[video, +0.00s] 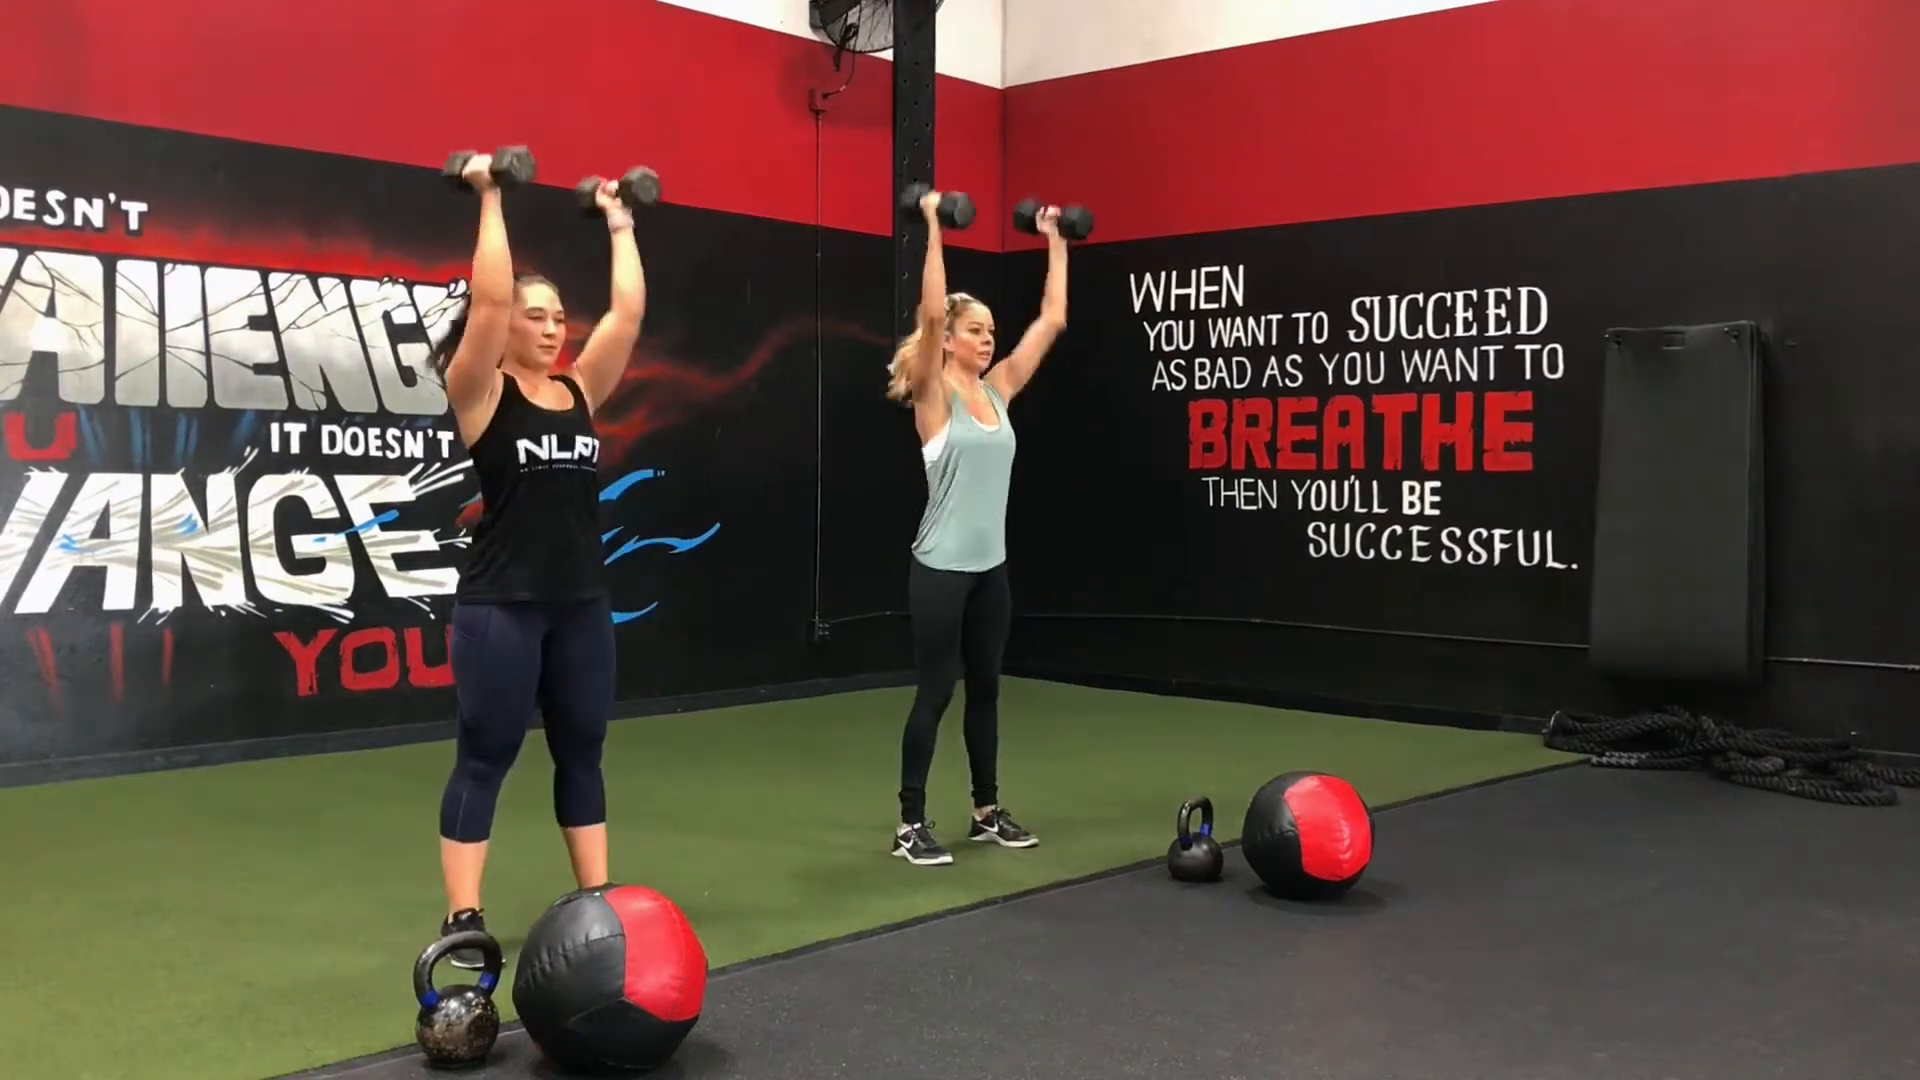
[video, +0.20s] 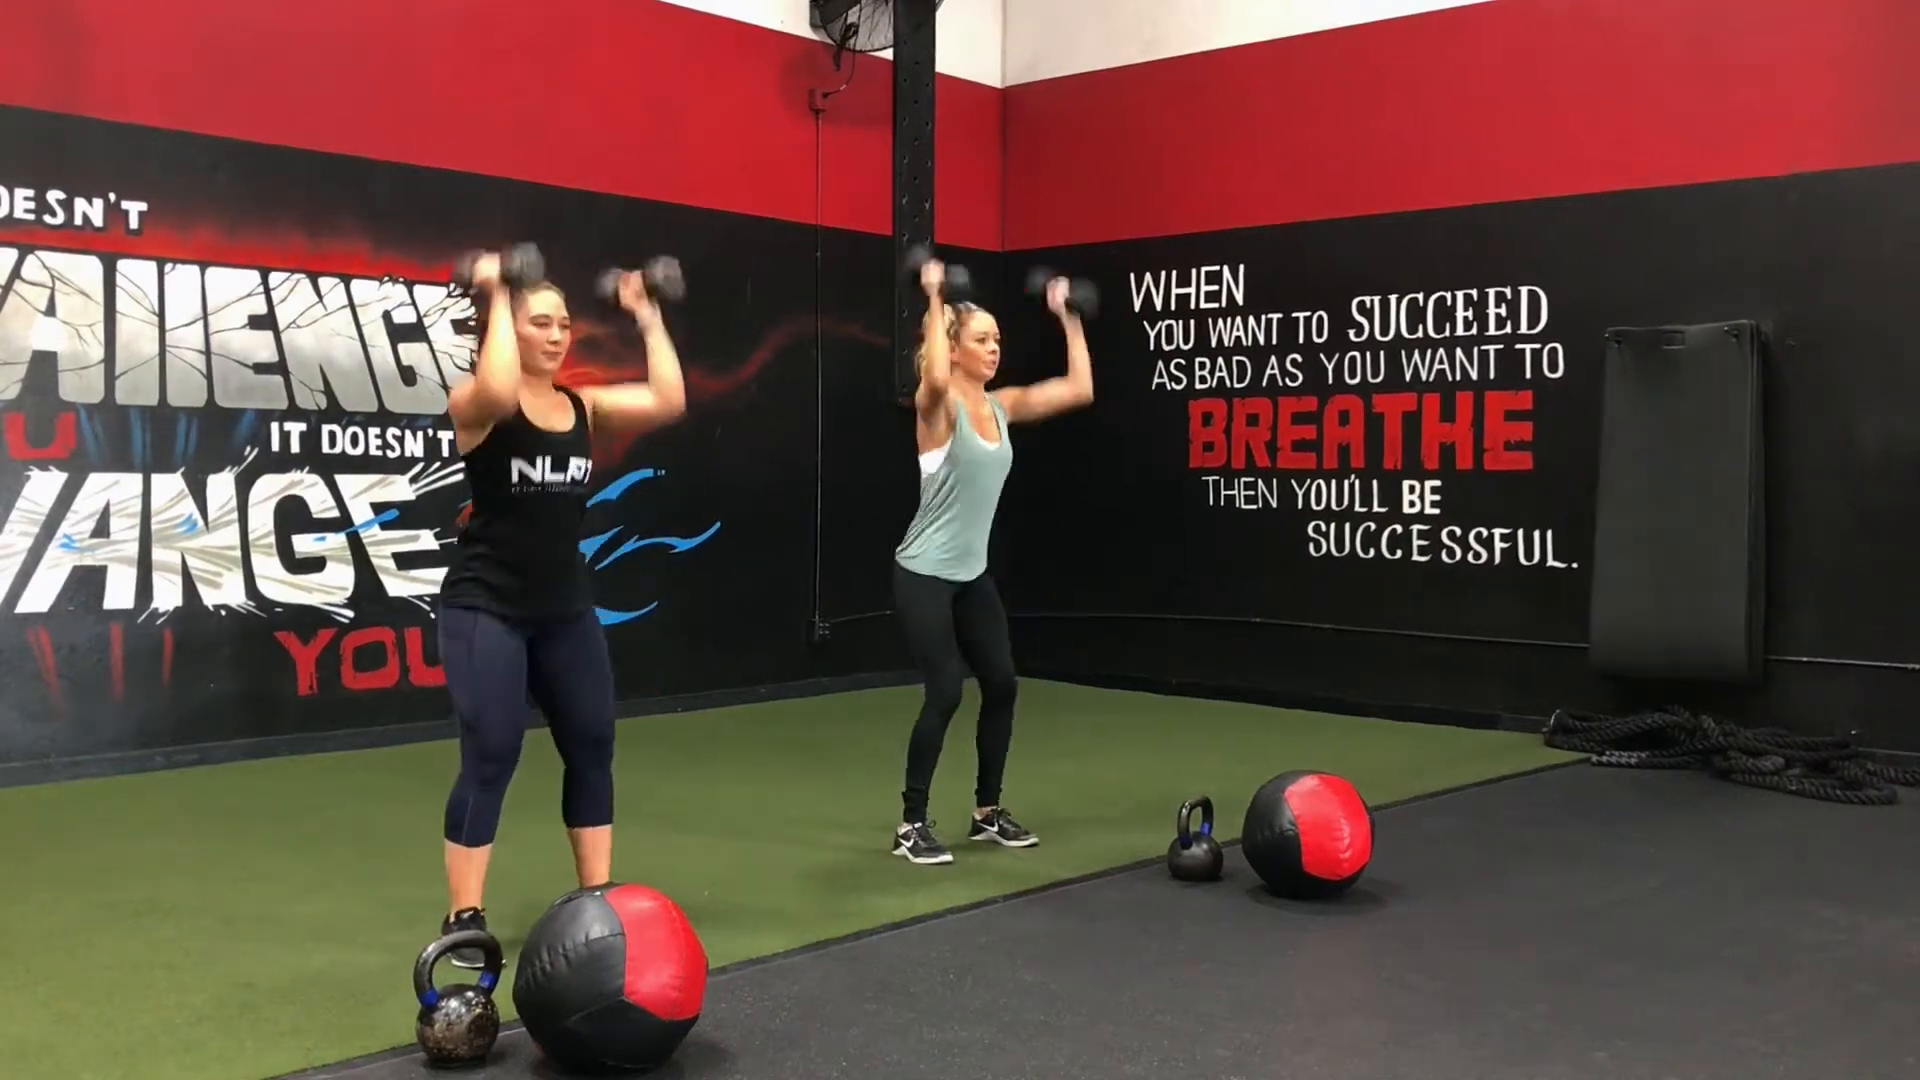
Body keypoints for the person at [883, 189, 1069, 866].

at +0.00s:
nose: (988, 338)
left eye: (991, 330)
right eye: (977, 328)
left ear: (992, 342)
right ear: (946, 337)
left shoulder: (996, 388)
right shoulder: (932, 388)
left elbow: (1052, 319)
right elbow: (934, 312)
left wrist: (1056, 241)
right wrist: (933, 226)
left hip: (990, 569)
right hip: (939, 569)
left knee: (984, 689)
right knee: (937, 689)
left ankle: (988, 813)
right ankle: (911, 825)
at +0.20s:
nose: (994, 348)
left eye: (996, 339)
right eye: (983, 339)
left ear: (996, 349)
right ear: (953, 346)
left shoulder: (1001, 404)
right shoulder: (939, 406)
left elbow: (1079, 388)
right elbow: (935, 373)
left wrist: (1068, 318)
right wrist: (935, 301)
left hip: (972, 575)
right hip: (922, 574)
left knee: (1002, 683)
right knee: (945, 690)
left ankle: (988, 813)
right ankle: (913, 824)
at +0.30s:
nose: (1005, 404)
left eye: (1005, 395)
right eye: (993, 395)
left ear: (1000, 402)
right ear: (963, 402)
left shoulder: (1005, 464)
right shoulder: (941, 457)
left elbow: (1067, 521)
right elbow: (948, 514)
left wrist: (1066, 451)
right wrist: (939, 434)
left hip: (956, 610)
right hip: (905, 609)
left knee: (1022, 697)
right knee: (955, 704)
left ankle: (988, 814)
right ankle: (914, 826)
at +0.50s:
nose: (1019, 522)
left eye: (1019, 514)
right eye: (1006, 514)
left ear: (1024, 522)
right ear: (976, 526)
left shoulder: (1015, 585)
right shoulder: (947, 580)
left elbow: (1046, 663)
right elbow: (948, 674)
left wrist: (1055, 596)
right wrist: (949, 598)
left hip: (951, 695)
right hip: (894, 695)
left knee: (1040, 709)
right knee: (958, 724)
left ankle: (990, 816)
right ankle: (914, 831)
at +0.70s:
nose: (1012, 447)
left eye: (1013, 438)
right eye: (1000, 439)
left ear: (1014, 444)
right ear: (968, 449)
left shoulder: (1012, 510)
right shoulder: (945, 505)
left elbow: (1075, 567)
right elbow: (945, 572)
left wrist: (1061, 501)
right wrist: (943, 491)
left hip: (954, 642)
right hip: (901, 641)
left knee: (1033, 706)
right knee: (953, 716)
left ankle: (990, 815)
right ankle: (913, 829)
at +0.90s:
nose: (994, 341)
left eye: (996, 332)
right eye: (982, 330)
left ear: (995, 341)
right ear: (951, 336)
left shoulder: (1001, 392)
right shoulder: (937, 393)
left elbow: (1066, 334)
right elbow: (942, 325)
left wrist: (1070, 255)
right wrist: (945, 239)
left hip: (987, 571)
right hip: (934, 570)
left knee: (987, 692)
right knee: (931, 694)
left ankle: (987, 814)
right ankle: (912, 826)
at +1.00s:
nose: (991, 336)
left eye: (994, 329)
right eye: (979, 327)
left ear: (998, 339)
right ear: (950, 332)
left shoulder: (1001, 387)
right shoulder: (943, 391)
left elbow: (1049, 307)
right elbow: (953, 299)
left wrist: (1068, 231)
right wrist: (947, 209)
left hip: (994, 571)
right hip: (938, 570)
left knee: (990, 693)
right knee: (933, 693)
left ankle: (987, 813)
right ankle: (913, 824)